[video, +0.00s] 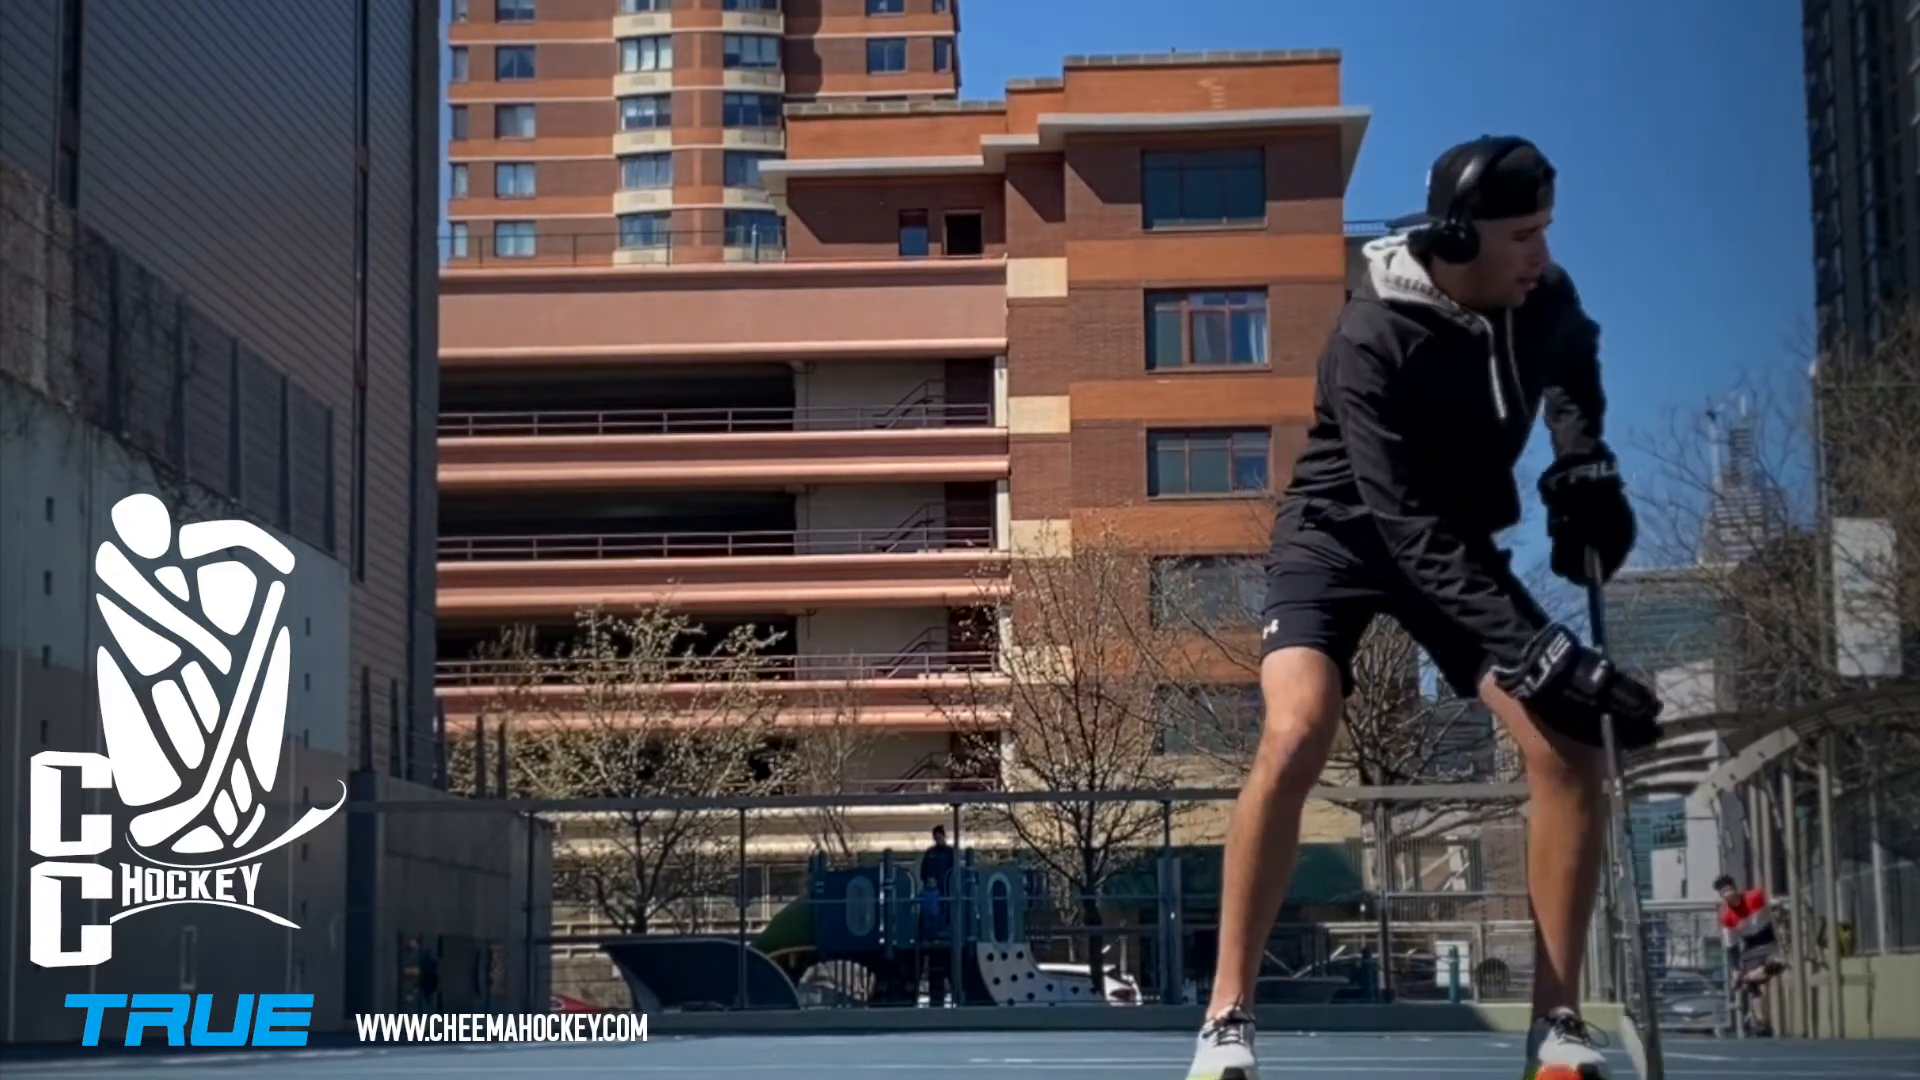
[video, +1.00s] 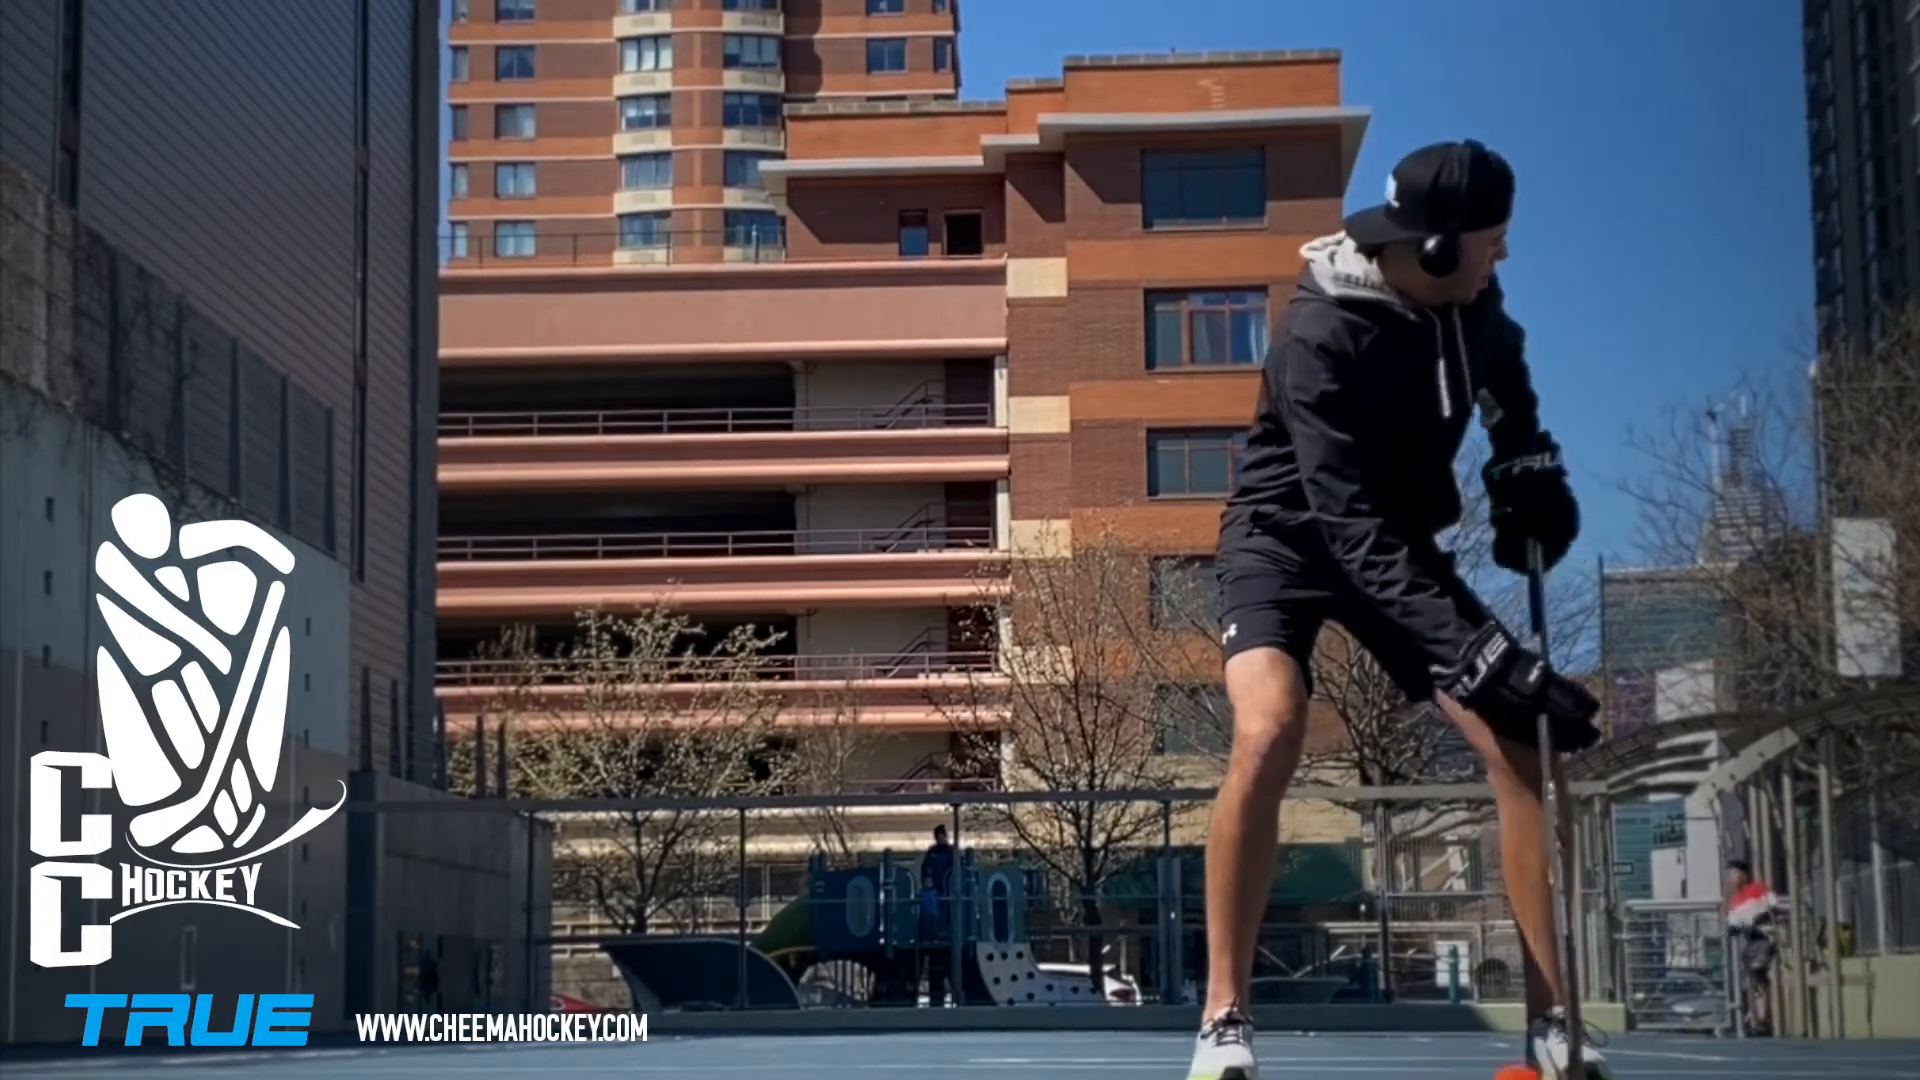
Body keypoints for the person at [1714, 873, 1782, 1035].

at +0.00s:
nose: (1728, 895)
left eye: (1729, 890)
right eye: (1723, 892)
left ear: (1735, 888)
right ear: (1721, 896)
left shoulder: (1756, 898)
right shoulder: (1727, 916)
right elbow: (1730, 945)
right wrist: (1734, 970)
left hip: (1769, 943)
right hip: (1750, 949)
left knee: (1775, 965)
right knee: (1753, 987)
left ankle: (1744, 978)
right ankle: (1761, 1023)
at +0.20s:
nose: (1726, 894)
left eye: (1728, 888)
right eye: (1722, 891)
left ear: (1735, 887)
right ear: (1720, 894)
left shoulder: (1755, 897)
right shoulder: (1726, 915)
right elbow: (1729, 944)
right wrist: (1733, 969)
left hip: (1769, 944)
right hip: (1749, 950)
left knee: (1774, 964)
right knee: (1753, 989)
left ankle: (1744, 979)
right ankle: (1760, 1023)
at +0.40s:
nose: (1723, 892)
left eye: (1725, 887)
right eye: (1720, 889)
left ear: (1733, 886)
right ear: (1719, 892)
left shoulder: (1753, 896)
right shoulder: (1726, 914)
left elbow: (1776, 905)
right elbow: (1730, 945)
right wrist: (1733, 970)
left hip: (1769, 943)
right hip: (1750, 948)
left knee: (1772, 966)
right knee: (1753, 988)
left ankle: (1744, 978)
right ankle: (1760, 1023)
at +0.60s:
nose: (1724, 887)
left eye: (1726, 882)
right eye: (1721, 883)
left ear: (1735, 881)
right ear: (1721, 886)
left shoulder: (1754, 894)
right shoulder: (1727, 910)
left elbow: (1777, 903)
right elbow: (1731, 940)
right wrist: (1733, 965)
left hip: (1769, 947)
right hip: (1749, 951)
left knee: (1755, 982)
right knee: (1743, 987)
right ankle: (1751, 1022)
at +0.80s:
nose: (1729, 880)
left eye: (1732, 875)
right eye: (1727, 875)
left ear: (1742, 876)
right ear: (1727, 878)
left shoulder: (1758, 890)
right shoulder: (1731, 903)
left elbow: (1778, 903)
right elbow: (1731, 931)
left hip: (1763, 937)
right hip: (1743, 941)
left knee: (1758, 977)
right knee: (1748, 981)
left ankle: (1759, 1020)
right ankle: (1752, 1021)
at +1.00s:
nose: (1733, 878)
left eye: (1736, 873)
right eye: (1731, 874)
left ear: (1745, 875)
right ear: (1730, 877)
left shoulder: (1759, 891)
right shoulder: (1735, 899)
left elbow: (1772, 911)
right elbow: (1733, 923)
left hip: (1763, 942)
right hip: (1746, 943)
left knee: (1759, 980)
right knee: (1749, 983)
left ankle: (1763, 1021)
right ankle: (1752, 1021)